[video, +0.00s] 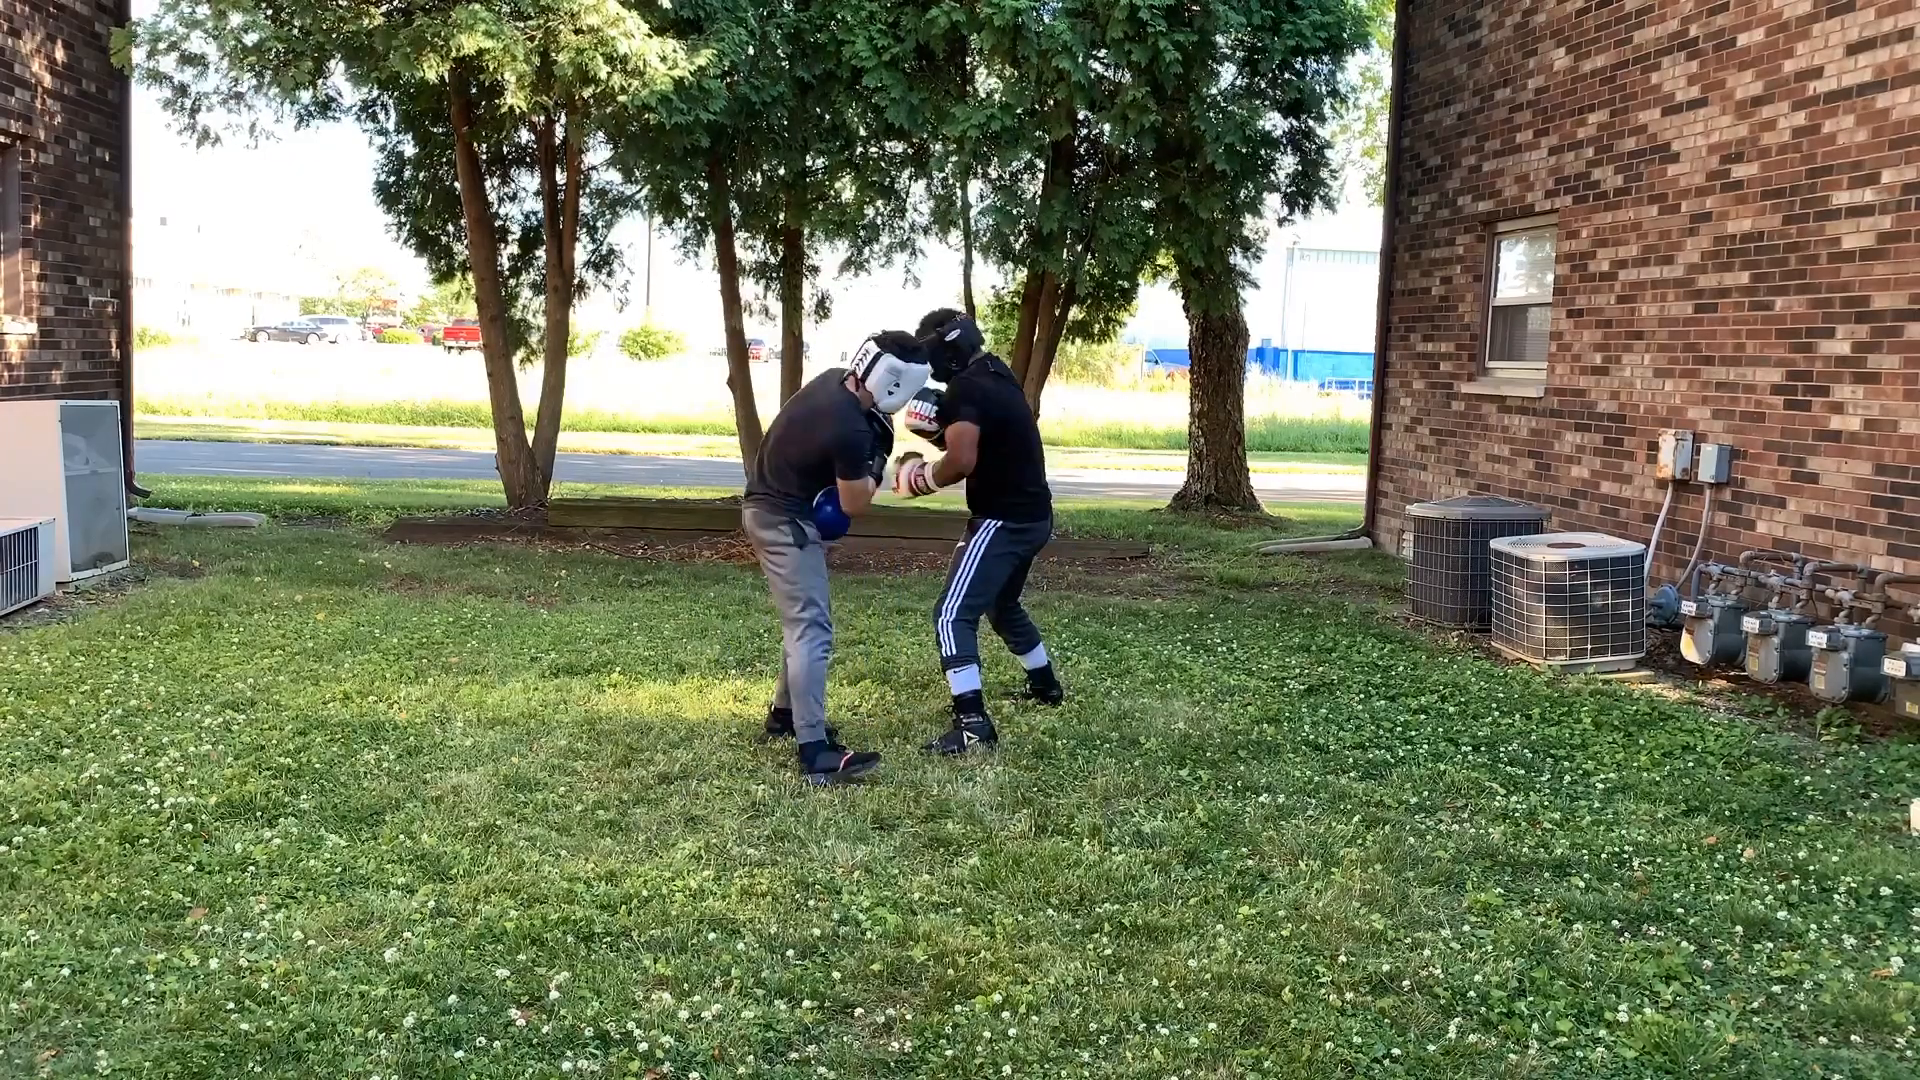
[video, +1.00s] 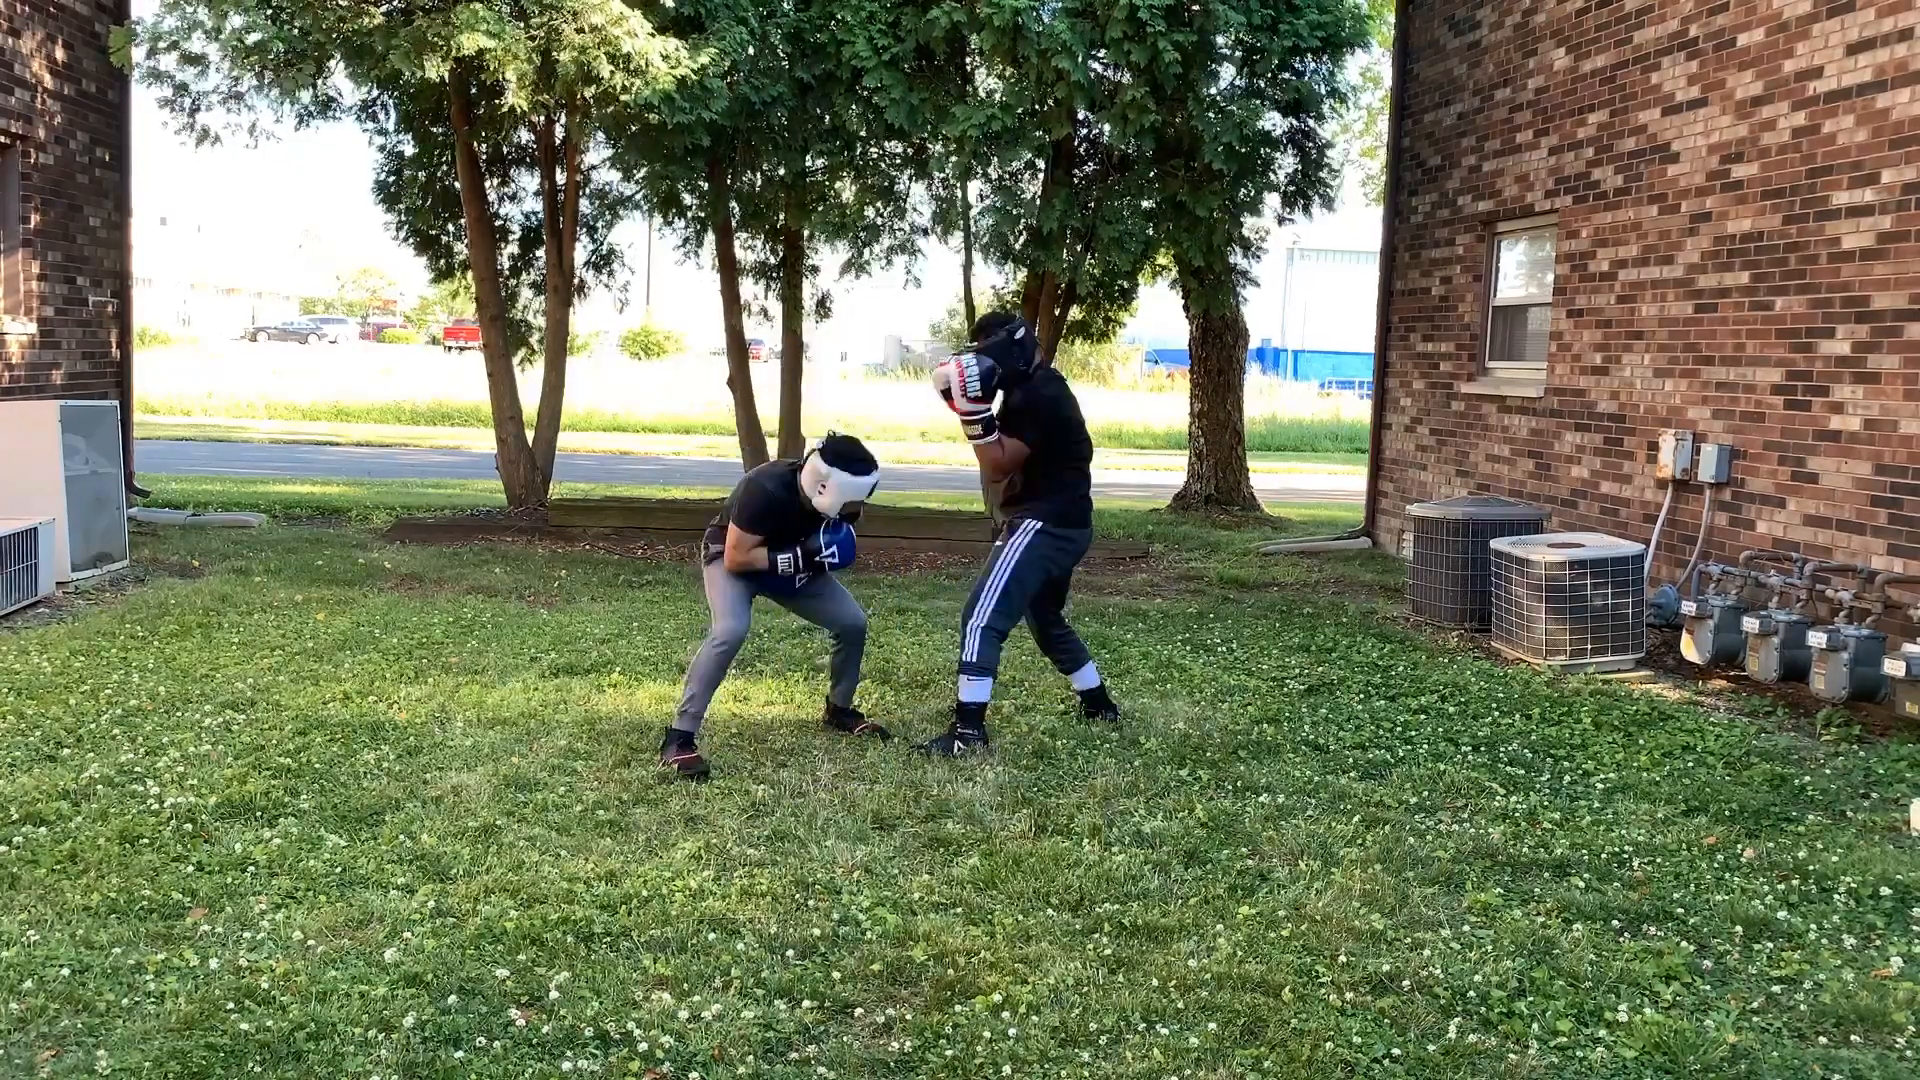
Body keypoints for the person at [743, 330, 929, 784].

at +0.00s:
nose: (903, 397)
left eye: (908, 388)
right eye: (902, 386)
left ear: (864, 368)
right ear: (879, 379)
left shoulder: (835, 381)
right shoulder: (850, 426)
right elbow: (854, 504)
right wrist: (875, 467)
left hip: (770, 502)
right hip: (782, 514)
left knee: (803, 618)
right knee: (811, 628)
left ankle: (786, 712)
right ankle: (816, 751)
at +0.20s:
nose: (873, 378)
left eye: (876, 369)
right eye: (870, 368)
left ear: (841, 359)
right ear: (844, 360)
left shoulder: (833, 393)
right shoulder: (798, 404)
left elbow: (842, 460)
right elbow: (817, 486)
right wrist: (858, 446)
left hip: (793, 514)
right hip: (756, 509)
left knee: (809, 613)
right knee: (766, 617)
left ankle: (785, 714)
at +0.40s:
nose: (847, 393)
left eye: (850, 385)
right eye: (844, 384)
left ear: (809, 371)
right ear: (818, 377)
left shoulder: (804, 404)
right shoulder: (771, 417)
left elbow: (821, 443)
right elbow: (806, 495)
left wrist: (848, 433)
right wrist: (849, 452)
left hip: (778, 527)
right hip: (737, 525)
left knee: (807, 609)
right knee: (742, 627)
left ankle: (784, 714)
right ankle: (686, 736)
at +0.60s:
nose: (825, 428)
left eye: (828, 420)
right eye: (821, 420)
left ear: (801, 407)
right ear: (792, 411)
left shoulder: (807, 426)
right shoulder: (749, 439)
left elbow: (807, 477)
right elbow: (775, 519)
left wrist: (834, 472)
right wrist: (827, 487)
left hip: (780, 539)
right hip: (728, 538)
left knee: (826, 608)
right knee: (743, 634)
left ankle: (800, 709)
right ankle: (685, 737)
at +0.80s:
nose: (821, 518)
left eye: (827, 509)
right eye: (815, 511)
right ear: (787, 497)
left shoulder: (809, 490)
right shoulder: (729, 500)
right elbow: (715, 564)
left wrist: (817, 550)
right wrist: (779, 564)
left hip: (772, 557)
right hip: (713, 562)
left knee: (839, 620)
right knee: (719, 631)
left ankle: (840, 712)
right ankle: (677, 738)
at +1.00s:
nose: (854, 509)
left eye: (858, 501)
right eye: (850, 501)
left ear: (826, 486)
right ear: (824, 487)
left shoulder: (838, 499)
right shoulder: (764, 488)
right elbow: (735, 559)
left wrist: (836, 550)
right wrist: (799, 559)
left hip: (786, 559)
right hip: (732, 558)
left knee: (852, 623)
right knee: (730, 632)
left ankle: (840, 710)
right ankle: (680, 738)